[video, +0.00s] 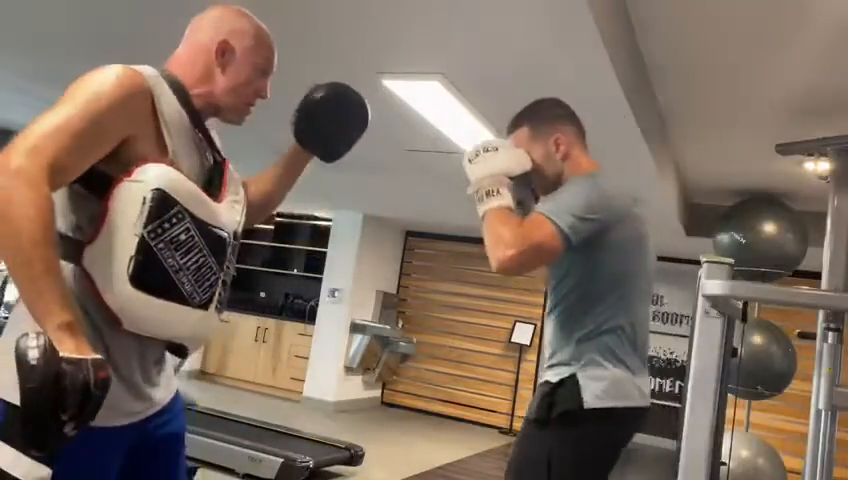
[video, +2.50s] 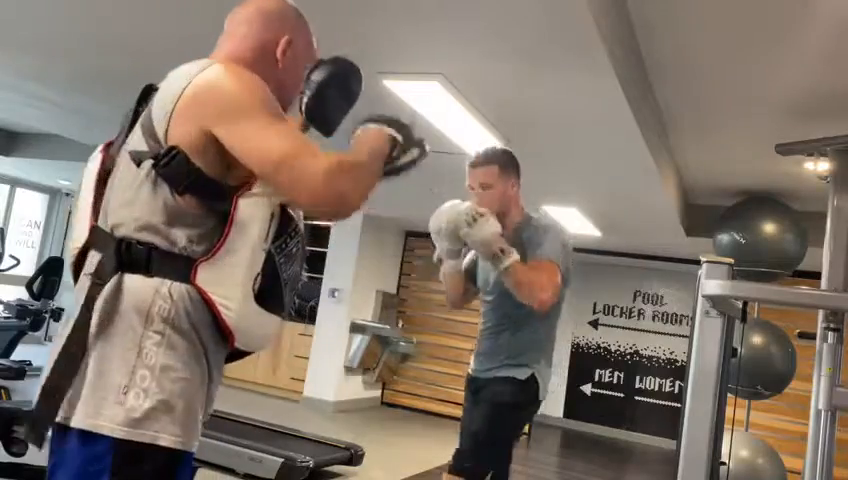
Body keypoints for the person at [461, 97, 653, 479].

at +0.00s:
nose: (522, 170)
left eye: (524, 155)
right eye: (517, 159)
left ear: (560, 145)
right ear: (562, 144)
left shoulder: (590, 193)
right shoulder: (610, 196)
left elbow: (507, 252)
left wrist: (488, 185)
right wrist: (521, 192)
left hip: (586, 395)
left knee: (528, 472)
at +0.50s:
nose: (534, 166)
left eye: (544, 154)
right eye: (532, 155)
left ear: (578, 157)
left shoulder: (611, 208)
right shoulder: (550, 213)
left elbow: (603, 267)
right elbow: (516, 280)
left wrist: (556, 218)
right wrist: (509, 233)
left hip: (576, 365)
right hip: (544, 362)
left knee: (532, 471)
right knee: (530, 469)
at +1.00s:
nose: (550, 155)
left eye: (561, 145)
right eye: (548, 146)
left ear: (592, 152)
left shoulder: (618, 206)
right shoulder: (555, 208)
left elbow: (617, 270)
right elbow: (523, 277)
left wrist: (566, 221)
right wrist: (519, 235)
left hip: (584, 358)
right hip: (545, 354)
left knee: (557, 470)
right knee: (536, 465)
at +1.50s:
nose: (535, 175)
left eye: (545, 164)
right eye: (533, 166)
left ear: (574, 168)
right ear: (529, 170)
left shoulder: (603, 217)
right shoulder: (538, 225)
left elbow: (599, 265)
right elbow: (506, 284)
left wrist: (555, 219)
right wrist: (503, 229)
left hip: (568, 373)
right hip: (526, 367)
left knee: (549, 472)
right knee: (512, 467)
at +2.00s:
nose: (503, 188)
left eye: (512, 177)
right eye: (499, 179)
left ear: (539, 177)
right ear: (495, 180)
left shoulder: (572, 228)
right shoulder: (505, 236)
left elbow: (564, 285)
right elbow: (469, 293)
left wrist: (522, 230)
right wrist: (467, 240)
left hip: (539, 376)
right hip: (500, 372)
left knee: (492, 471)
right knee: (489, 470)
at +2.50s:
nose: (475, 199)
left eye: (485, 188)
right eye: (471, 190)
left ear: (513, 188)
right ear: (468, 189)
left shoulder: (546, 233)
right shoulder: (486, 238)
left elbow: (542, 295)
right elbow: (457, 298)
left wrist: (494, 249)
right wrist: (450, 247)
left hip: (518, 377)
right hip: (482, 373)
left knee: (463, 472)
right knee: (490, 472)